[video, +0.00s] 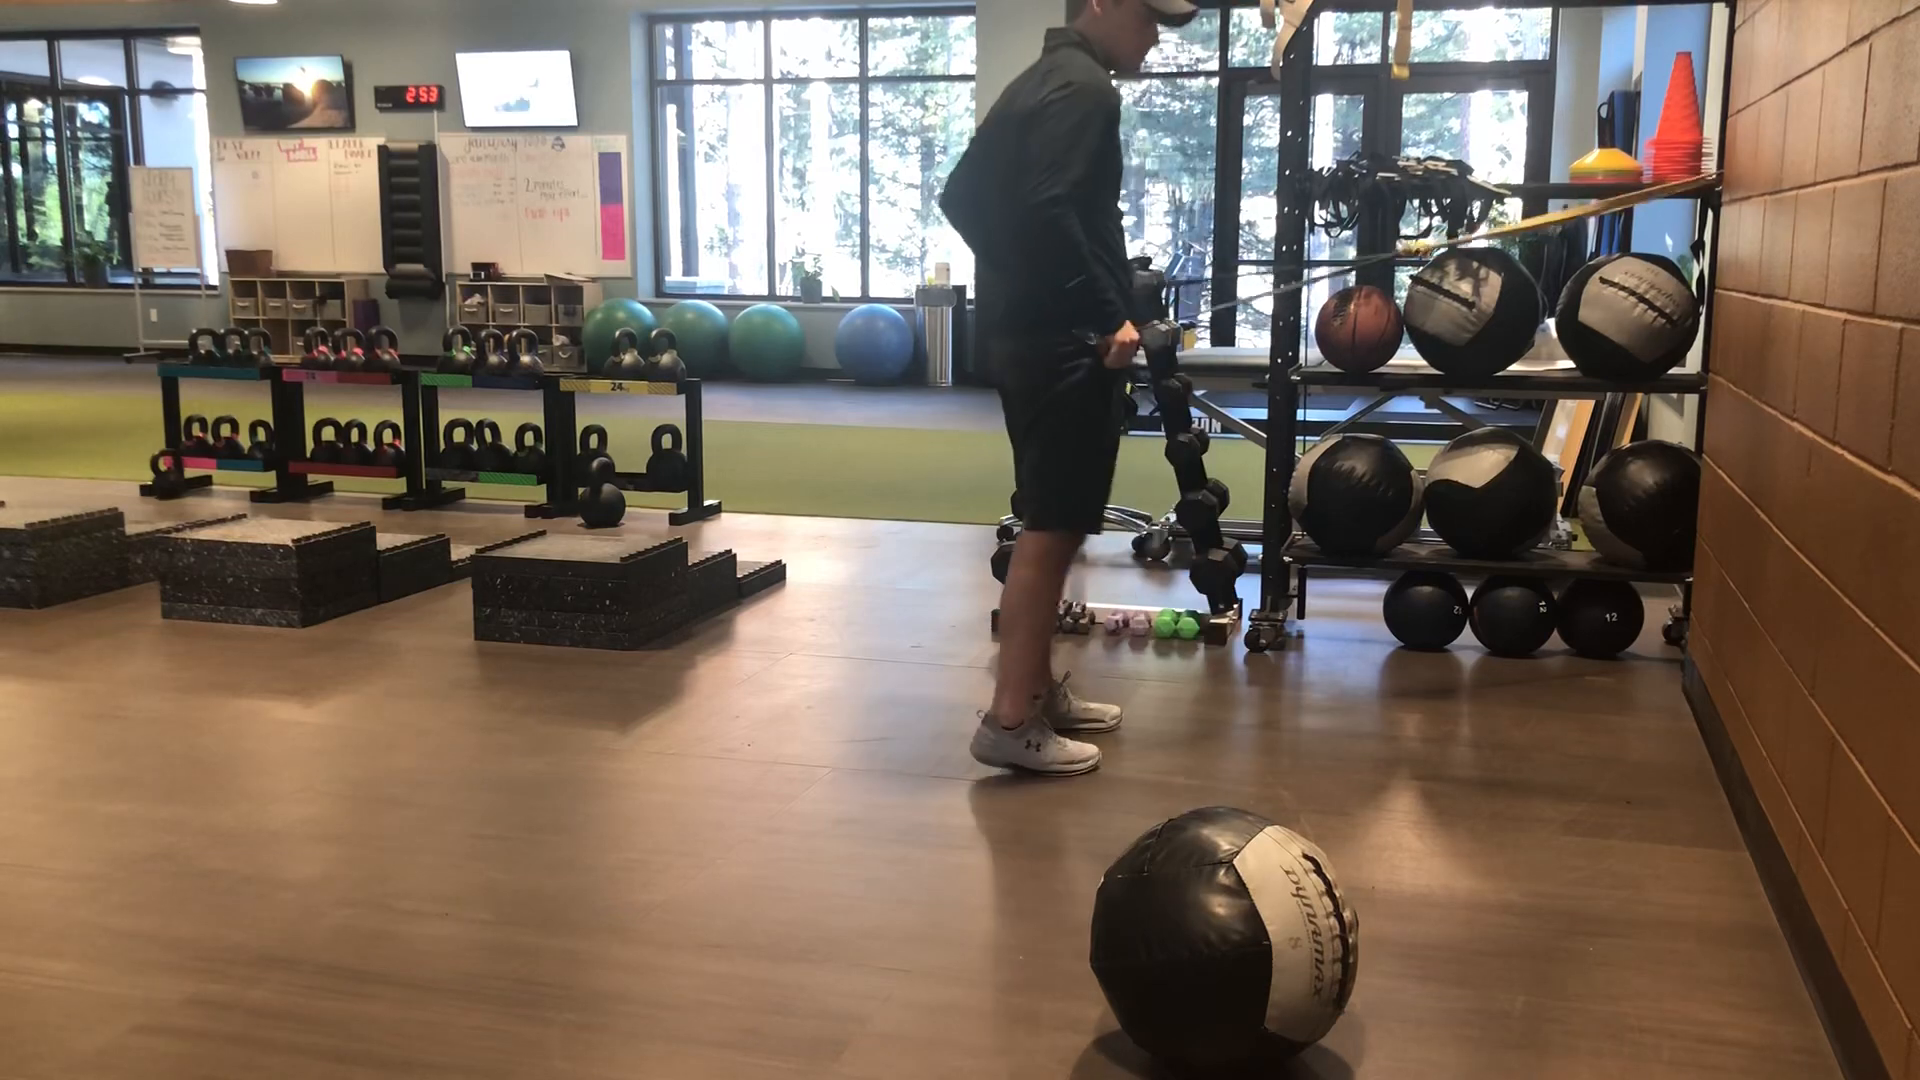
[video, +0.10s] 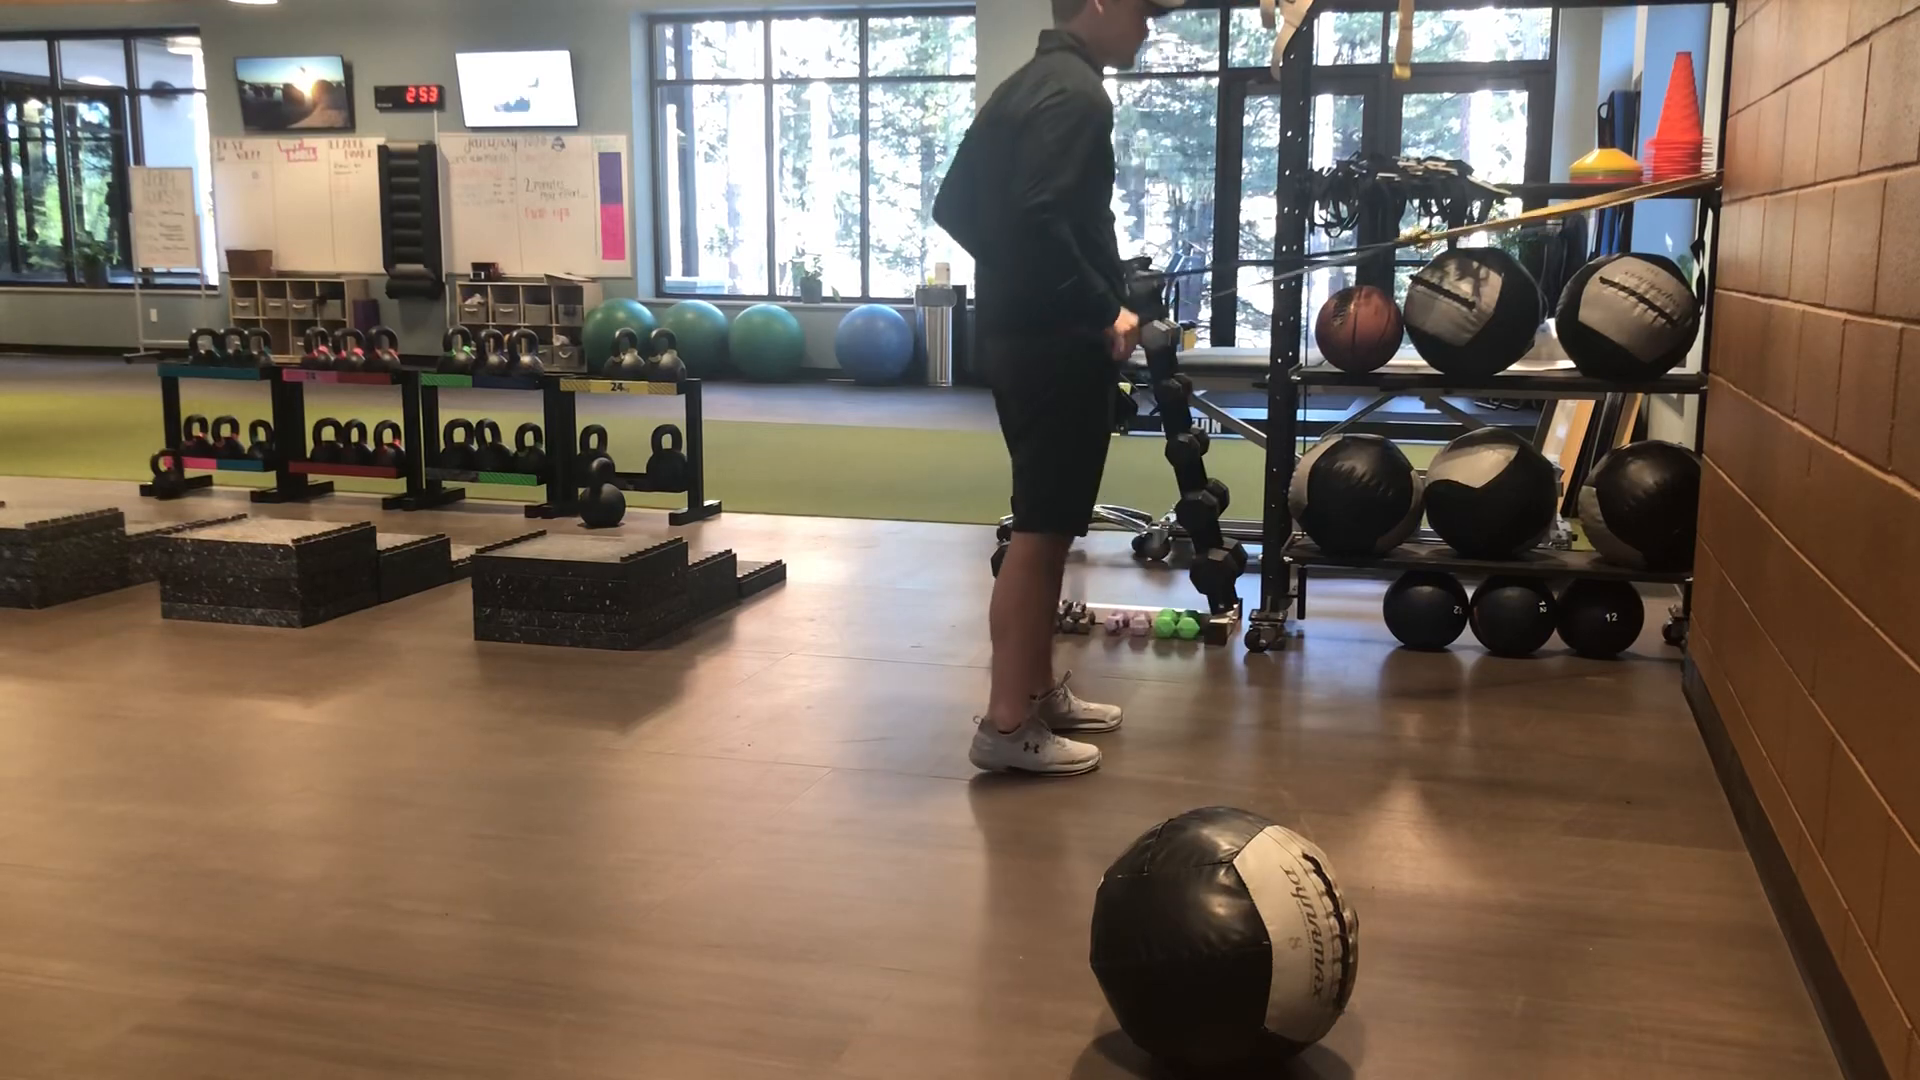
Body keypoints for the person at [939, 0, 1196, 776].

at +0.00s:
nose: (1154, 42)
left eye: (1158, 27)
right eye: (1149, 22)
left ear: (1092, 12)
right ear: (1101, 8)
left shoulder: (1034, 83)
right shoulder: (1086, 90)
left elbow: (961, 193)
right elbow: (1053, 207)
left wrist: (1030, 278)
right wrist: (1112, 315)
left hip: (1028, 339)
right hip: (1065, 342)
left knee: (1051, 519)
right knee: (1053, 526)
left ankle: (1036, 687)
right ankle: (1010, 722)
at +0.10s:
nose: (1148, 31)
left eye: (1149, 16)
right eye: (1142, 14)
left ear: (1084, 12)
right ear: (1099, 8)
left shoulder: (1024, 85)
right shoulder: (1075, 91)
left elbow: (955, 204)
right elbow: (1042, 214)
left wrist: (1032, 273)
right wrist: (1106, 310)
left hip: (1026, 340)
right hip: (1057, 345)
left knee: (1046, 525)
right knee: (1042, 530)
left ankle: (1037, 694)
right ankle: (1006, 727)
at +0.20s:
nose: (1134, 30)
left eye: (1135, 16)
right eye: (1130, 14)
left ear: (1071, 12)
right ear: (1095, 8)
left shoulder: (1005, 90)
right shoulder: (1069, 94)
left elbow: (964, 223)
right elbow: (1046, 224)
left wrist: (1050, 269)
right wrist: (1115, 303)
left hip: (1012, 344)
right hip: (1050, 348)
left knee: (1039, 526)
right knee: (1039, 530)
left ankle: (1031, 692)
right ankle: (1004, 729)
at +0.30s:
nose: (1122, 26)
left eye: (1124, 14)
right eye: (1120, 12)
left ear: (1054, 10)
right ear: (1089, 6)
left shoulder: (998, 90)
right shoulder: (1068, 101)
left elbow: (995, 237)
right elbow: (1055, 246)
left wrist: (1097, 270)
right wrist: (1125, 300)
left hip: (993, 336)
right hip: (1032, 341)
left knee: (1034, 527)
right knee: (1026, 535)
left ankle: (1035, 690)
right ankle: (1002, 732)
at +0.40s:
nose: (1109, 24)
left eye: (1110, 13)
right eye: (1107, 11)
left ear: (1036, 10)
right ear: (1077, 7)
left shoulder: (987, 91)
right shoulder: (1061, 104)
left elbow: (969, 232)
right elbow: (1063, 254)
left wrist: (1088, 265)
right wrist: (1131, 315)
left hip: (977, 337)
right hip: (1019, 344)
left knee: (1025, 528)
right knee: (1012, 537)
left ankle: (1024, 684)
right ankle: (1000, 734)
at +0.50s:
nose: (1091, 20)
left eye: (1089, 9)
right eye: (1086, 8)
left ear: (1014, 11)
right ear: (1055, 8)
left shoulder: (968, 96)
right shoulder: (1045, 109)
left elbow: (967, 238)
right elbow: (1051, 260)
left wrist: (1075, 272)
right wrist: (1121, 348)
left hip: (960, 342)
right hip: (1011, 348)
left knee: (1004, 529)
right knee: (1009, 540)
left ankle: (983, 681)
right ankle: (1001, 731)